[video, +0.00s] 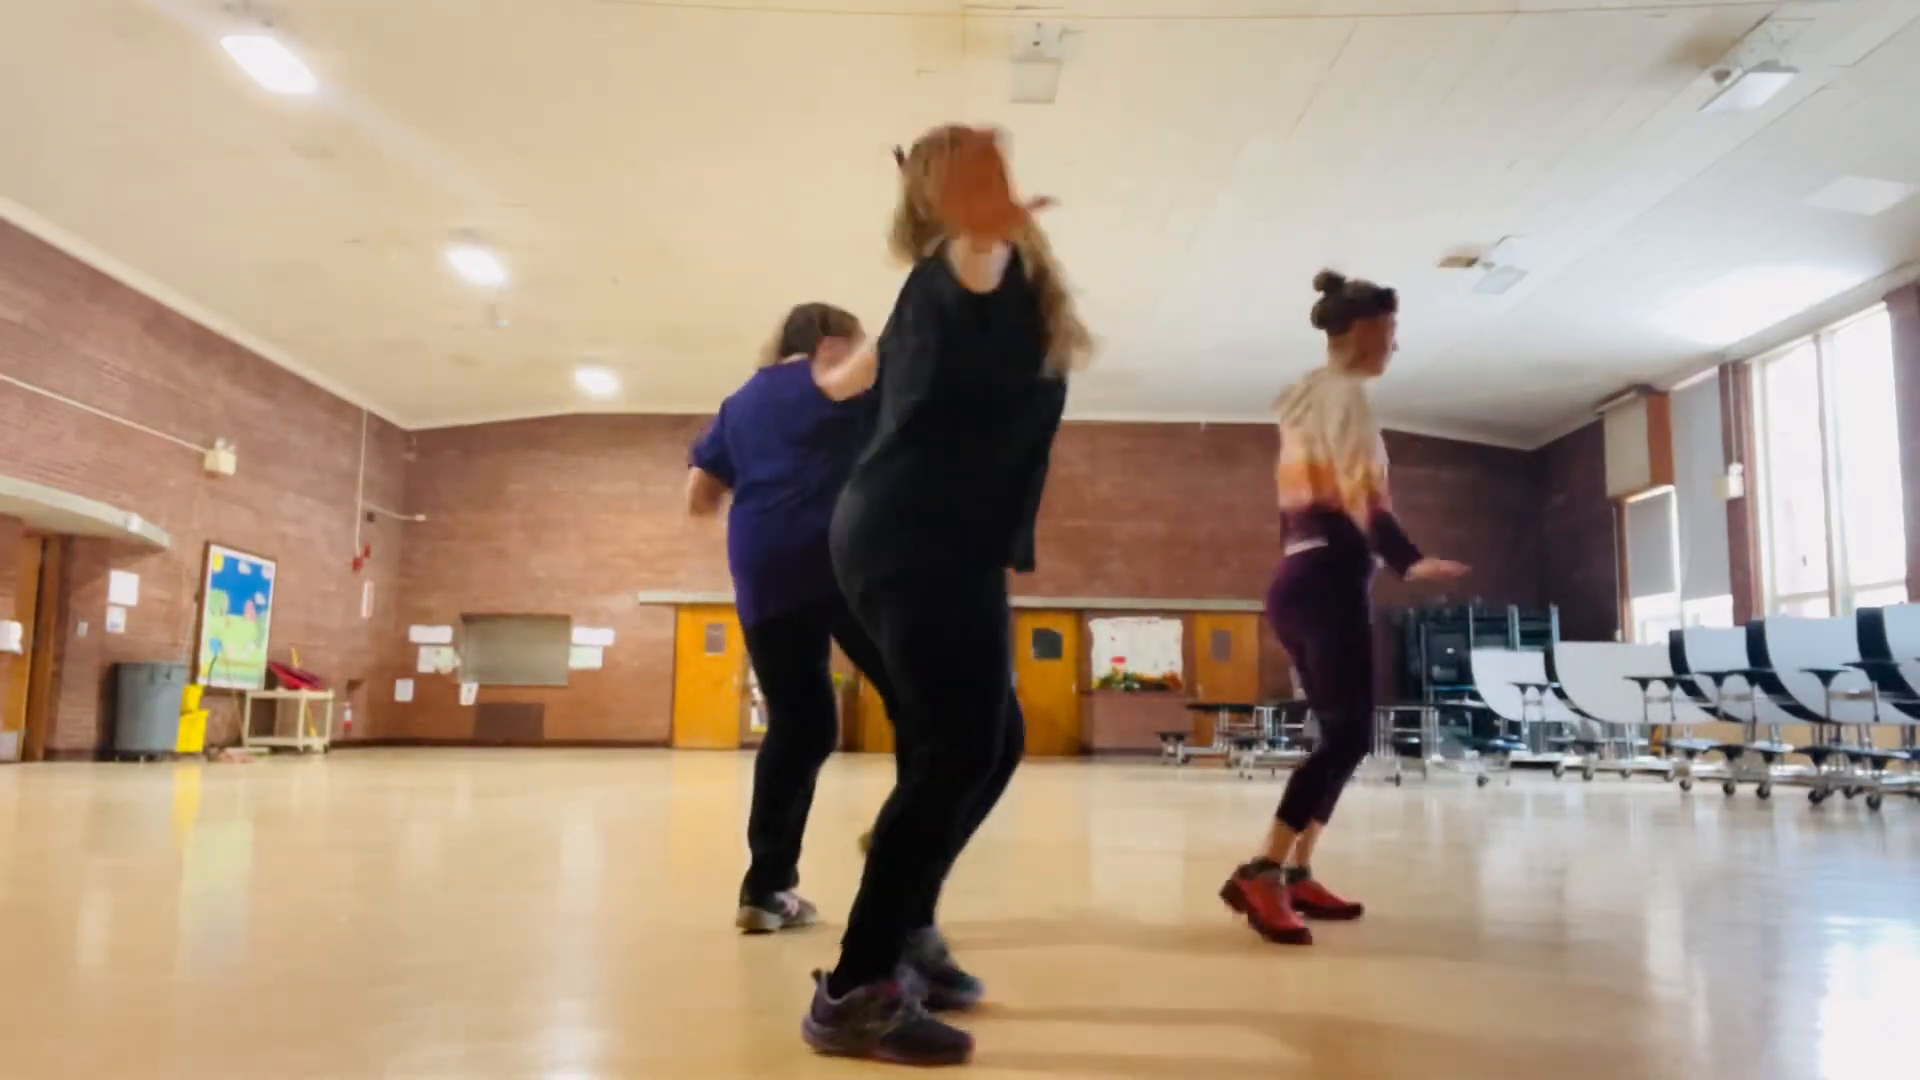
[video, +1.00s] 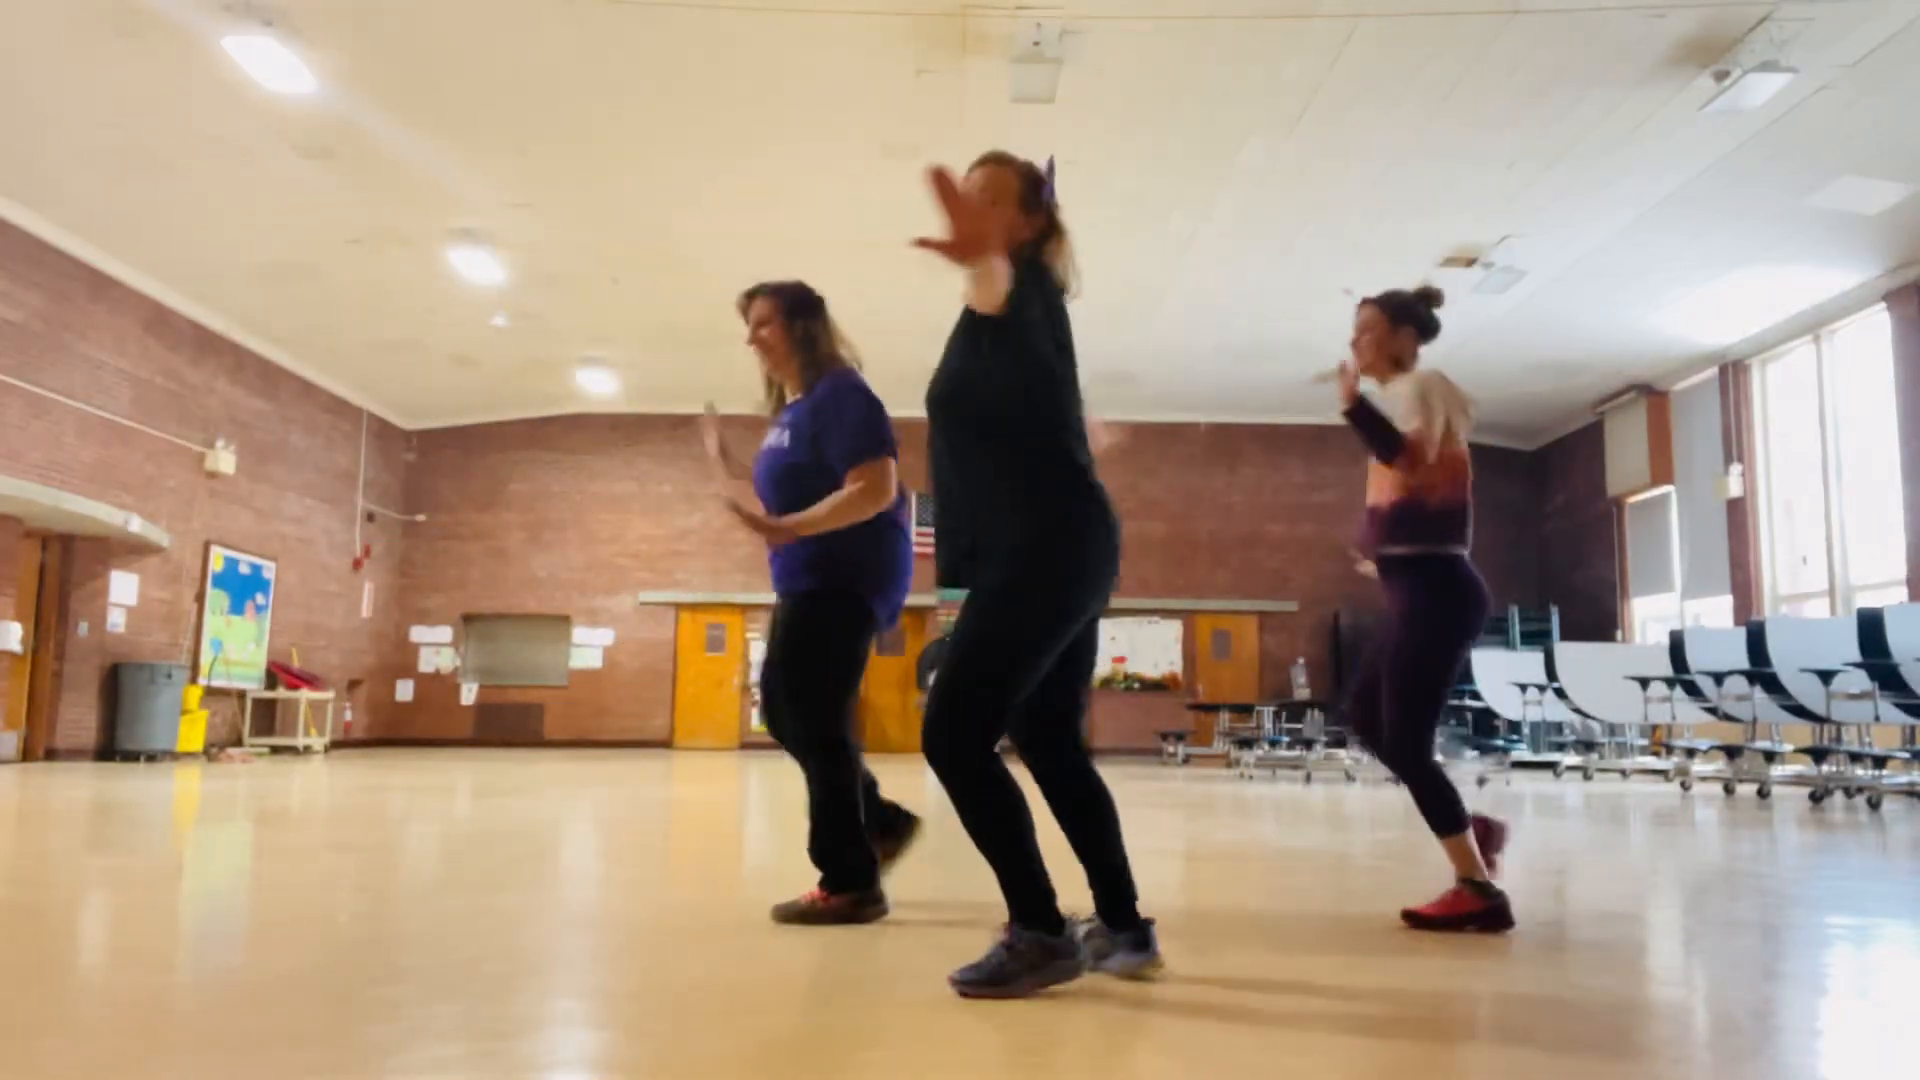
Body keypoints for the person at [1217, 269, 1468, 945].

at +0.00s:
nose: (1393, 344)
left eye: (1393, 331)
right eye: (1386, 331)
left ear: (1346, 335)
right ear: (1353, 333)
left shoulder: (1310, 394)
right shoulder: (1342, 395)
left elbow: (1319, 498)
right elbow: (1355, 496)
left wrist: (1381, 556)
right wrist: (1411, 560)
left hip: (1302, 579)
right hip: (1329, 581)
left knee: (1344, 732)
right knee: (1347, 733)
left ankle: (1296, 872)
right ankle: (1266, 872)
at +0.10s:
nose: (1392, 345)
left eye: (1391, 333)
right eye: (1388, 332)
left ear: (1332, 334)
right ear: (1369, 332)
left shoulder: (1288, 404)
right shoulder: (1365, 402)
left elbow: (1263, 497)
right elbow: (1407, 505)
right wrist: (1478, 548)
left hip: (1289, 583)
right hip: (1345, 581)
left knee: (1332, 732)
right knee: (1416, 728)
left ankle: (1301, 883)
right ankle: (1323, 837)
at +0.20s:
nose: (1394, 340)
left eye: (1393, 328)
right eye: (1392, 328)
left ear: (1333, 331)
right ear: (1377, 330)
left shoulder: (1289, 400)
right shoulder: (1384, 396)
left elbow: (1251, 479)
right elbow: (1441, 486)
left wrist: (1245, 423)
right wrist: (1527, 515)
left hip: (1297, 582)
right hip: (1364, 578)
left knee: (1328, 729)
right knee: (1457, 712)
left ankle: (1296, 878)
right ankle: (1409, 846)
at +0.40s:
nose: (1387, 335)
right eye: (1393, 324)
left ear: (1341, 331)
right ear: (1398, 333)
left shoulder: (1304, 392)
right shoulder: (1421, 394)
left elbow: (1252, 469)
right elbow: (1481, 478)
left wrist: (1242, 419)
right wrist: (1548, 533)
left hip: (1341, 572)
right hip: (1420, 565)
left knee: (1352, 726)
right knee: (1453, 722)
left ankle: (1386, 873)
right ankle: (1468, 875)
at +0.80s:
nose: (1338, 317)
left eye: (1345, 307)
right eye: (1342, 306)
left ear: (1368, 312)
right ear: (1393, 317)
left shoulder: (1366, 371)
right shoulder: (1438, 378)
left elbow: (1333, 448)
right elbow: (1476, 474)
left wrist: (1286, 403)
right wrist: (1490, 543)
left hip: (1404, 559)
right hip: (1462, 557)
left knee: (1389, 726)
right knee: (1451, 709)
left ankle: (1448, 874)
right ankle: (1503, 868)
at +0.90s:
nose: (1345, 336)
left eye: (1353, 324)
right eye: (1347, 324)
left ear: (1386, 326)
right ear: (1393, 330)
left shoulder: (1403, 385)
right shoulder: (1430, 387)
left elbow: (1373, 459)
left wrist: (1311, 409)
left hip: (1420, 580)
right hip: (1449, 577)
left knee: (1402, 732)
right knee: (1440, 729)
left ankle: (1468, 878)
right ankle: (1501, 871)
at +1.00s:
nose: (1355, 343)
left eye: (1364, 332)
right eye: (1355, 333)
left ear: (1401, 335)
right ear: (1392, 340)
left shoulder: (1425, 387)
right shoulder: (1410, 397)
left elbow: (1410, 459)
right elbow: (1431, 492)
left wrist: (1350, 403)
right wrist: (1382, 550)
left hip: (1438, 591)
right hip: (1418, 590)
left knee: (1404, 741)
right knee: (1366, 716)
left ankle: (1476, 887)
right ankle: (1470, 826)